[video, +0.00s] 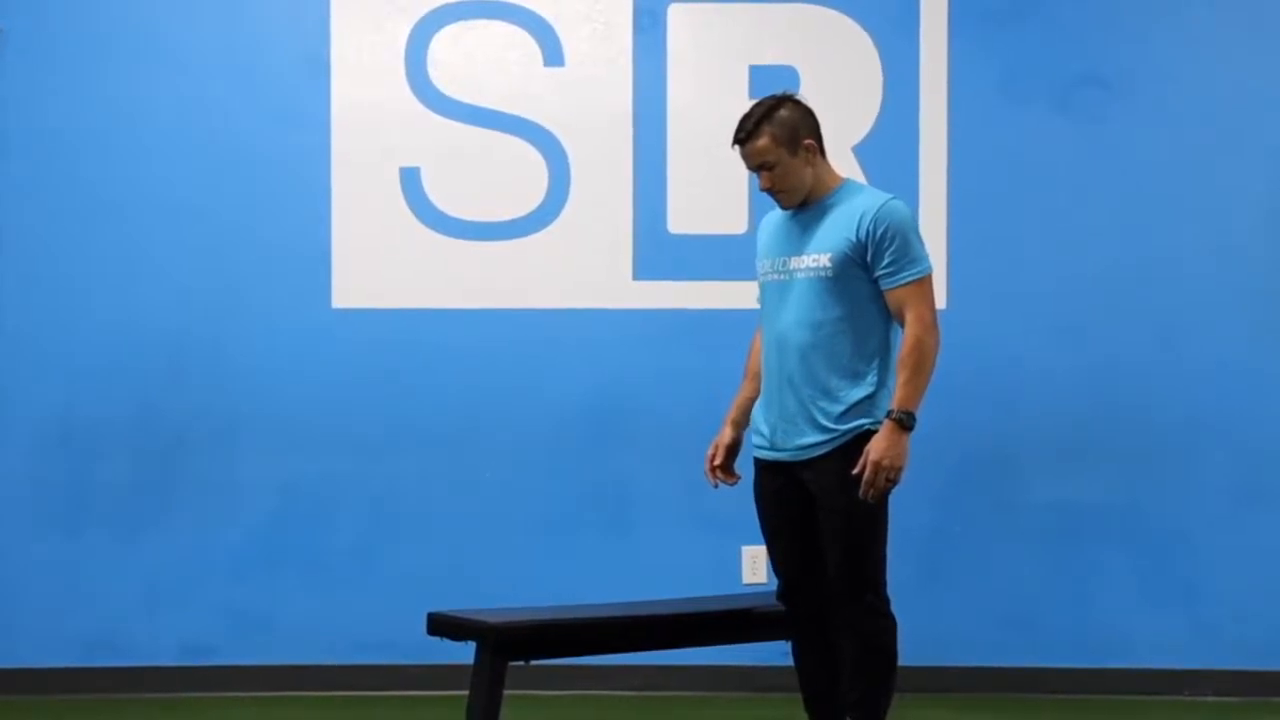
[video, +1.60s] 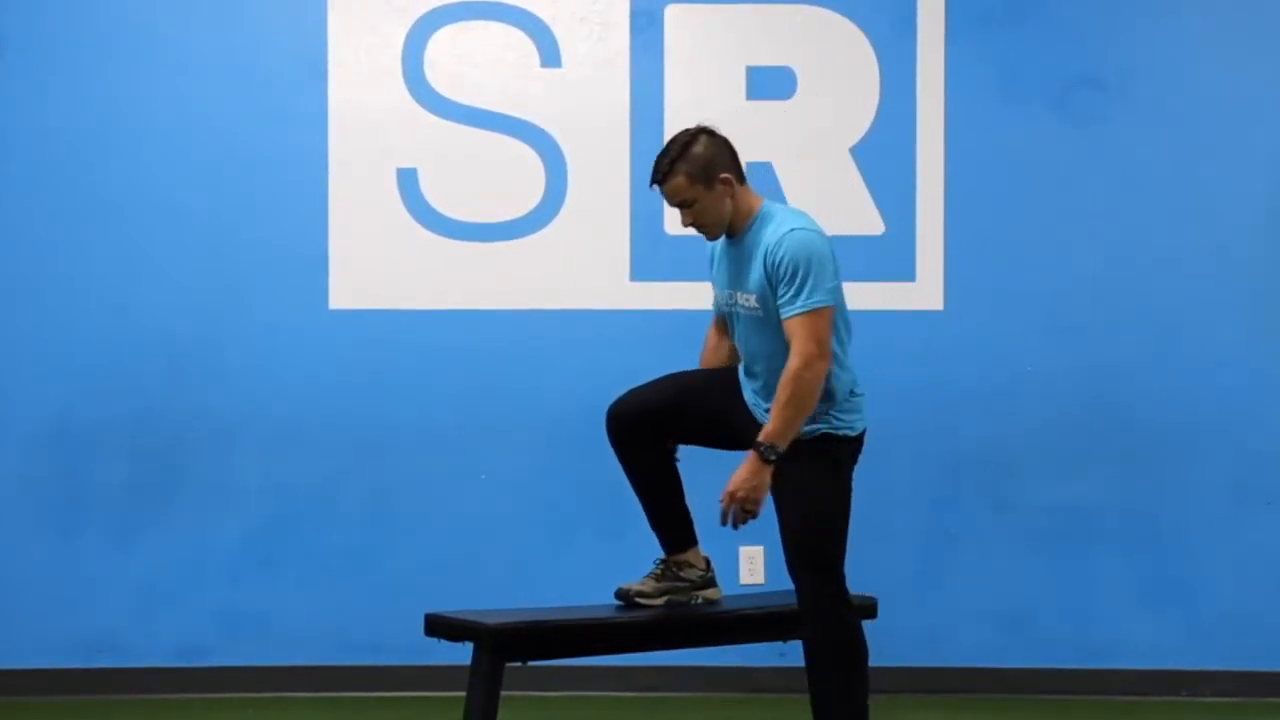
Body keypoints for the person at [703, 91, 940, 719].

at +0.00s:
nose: (762, 184)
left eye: (768, 169)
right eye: (755, 172)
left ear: (809, 150)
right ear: (764, 164)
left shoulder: (877, 215)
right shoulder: (771, 229)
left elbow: (921, 325)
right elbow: (773, 330)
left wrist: (898, 424)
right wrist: (735, 423)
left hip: (846, 449)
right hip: (776, 454)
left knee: (856, 610)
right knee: (805, 615)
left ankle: (863, 715)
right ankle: (826, 715)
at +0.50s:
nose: (774, 187)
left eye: (779, 172)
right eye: (767, 175)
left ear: (821, 155)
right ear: (809, 160)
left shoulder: (893, 225)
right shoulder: (794, 223)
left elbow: (936, 337)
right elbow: (795, 332)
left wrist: (913, 440)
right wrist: (756, 411)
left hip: (859, 439)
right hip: (783, 433)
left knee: (853, 598)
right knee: (741, 563)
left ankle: (862, 714)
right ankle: (803, 708)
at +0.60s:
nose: (776, 188)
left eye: (780, 172)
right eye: (769, 176)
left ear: (823, 154)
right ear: (817, 158)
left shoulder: (894, 227)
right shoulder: (805, 219)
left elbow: (935, 340)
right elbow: (808, 333)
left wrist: (916, 444)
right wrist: (769, 407)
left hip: (863, 437)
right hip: (790, 423)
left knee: (856, 600)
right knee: (712, 525)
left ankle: (861, 712)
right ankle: (784, 678)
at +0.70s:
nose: (774, 189)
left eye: (779, 174)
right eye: (768, 176)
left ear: (822, 158)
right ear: (811, 161)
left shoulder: (889, 228)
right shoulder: (807, 216)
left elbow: (932, 341)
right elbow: (825, 326)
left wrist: (911, 447)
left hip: (859, 435)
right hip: (790, 409)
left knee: (859, 605)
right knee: (688, 470)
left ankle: (863, 712)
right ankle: (768, 617)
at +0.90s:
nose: (770, 201)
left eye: (774, 186)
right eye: (763, 189)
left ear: (815, 166)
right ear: (807, 169)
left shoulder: (886, 233)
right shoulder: (812, 220)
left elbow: (924, 347)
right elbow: (819, 333)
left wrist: (892, 448)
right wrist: (786, 411)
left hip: (847, 435)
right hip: (793, 394)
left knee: (846, 596)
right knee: (672, 388)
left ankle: (853, 714)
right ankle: (732, 538)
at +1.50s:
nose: (706, 214)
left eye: (709, 200)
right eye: (699, 203)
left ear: (749, 178)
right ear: (744, 180)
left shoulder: (820, 242)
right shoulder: (749, 234)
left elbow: (849, 358)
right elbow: (750, 327)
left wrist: (815, 460)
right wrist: (711, 416)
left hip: (820, 432)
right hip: (756, 395)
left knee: (831, 598)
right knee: (638, 417)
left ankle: (846, 713)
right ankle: (687, 566)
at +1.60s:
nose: (683, 219)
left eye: (687, 205)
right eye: (676, 208)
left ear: (727, 184)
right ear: (717, 188)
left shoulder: (795, 242)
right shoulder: (730, 241)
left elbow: (811, 360)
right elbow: (723, 335)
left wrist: (763, 459)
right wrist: (691, 417)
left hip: (817, 428)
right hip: (754, 403)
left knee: (819, 590)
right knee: (633, 420)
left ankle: (843, 713)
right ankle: (687, 566)